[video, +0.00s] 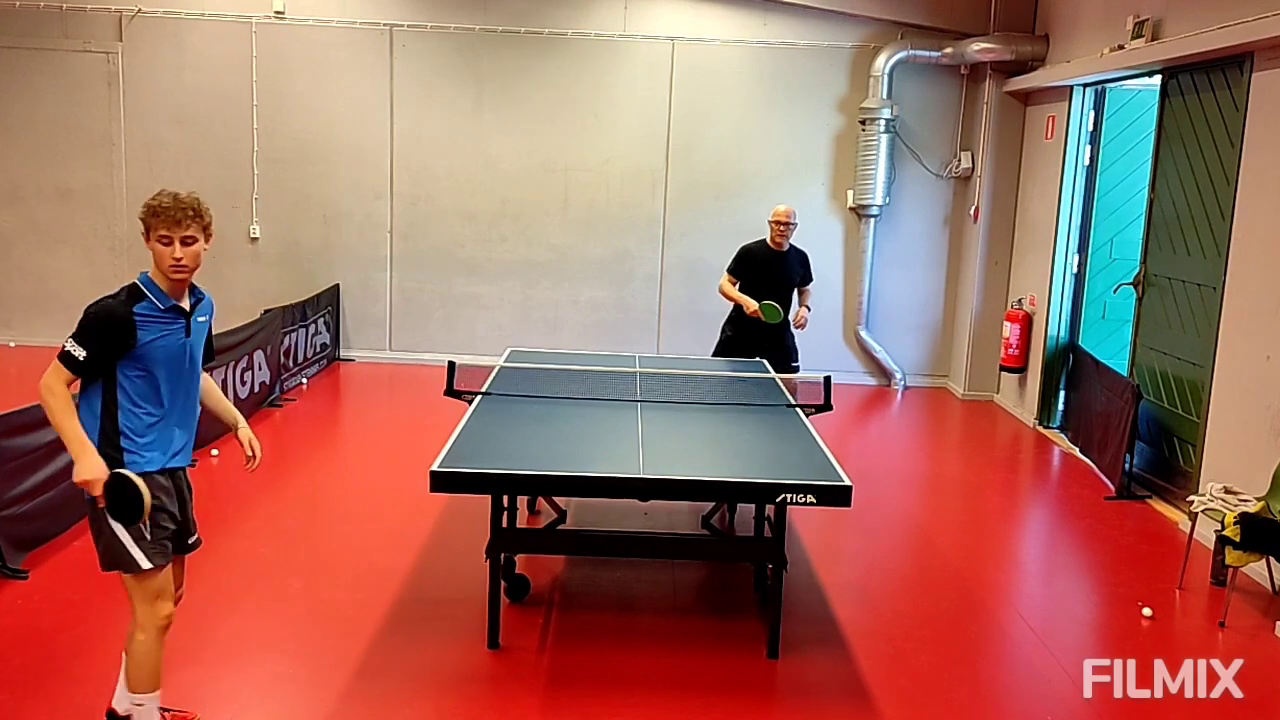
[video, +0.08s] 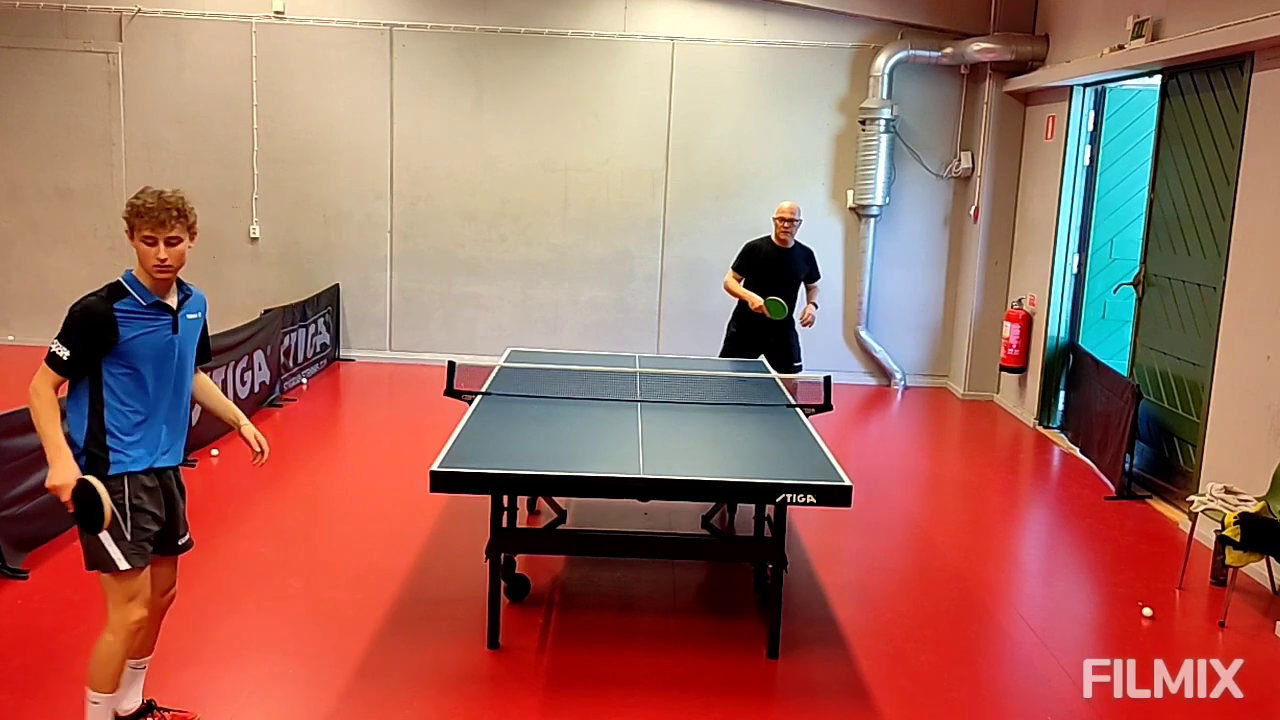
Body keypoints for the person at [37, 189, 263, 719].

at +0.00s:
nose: (178, 253)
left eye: (189, 241)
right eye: (166, 241)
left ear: (205, 246)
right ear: (148, 244)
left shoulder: (200, 308)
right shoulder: (116, 314)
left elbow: (195, 375)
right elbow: (52, 385)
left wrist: (238, 422)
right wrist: (85, 455)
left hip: (174, 475)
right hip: (130, 482)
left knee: (166, 601)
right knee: (155, 612)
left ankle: (125, 704)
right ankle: (147, 715)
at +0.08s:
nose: (163, 254)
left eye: (174, 243)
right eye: (151, 243)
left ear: (190, 243)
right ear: (132, 242)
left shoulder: (193, 305)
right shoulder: (98, 312)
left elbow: (191, 376)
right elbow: (42, 388)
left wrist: (240, 421)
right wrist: (59, 460)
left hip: (164, 474)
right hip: (113, 480)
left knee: (160, 597)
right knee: (129, 614)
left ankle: (129, 705)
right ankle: (97, 717)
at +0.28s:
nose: (128, 271)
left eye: (139, 259)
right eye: (116, 258)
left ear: (150, 252)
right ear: (91, 248)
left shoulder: (153, 305)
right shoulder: (50, 320)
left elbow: (154, 379)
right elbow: (9, 405)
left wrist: (204, 426)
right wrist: (4, 493)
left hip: (136, 480)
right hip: (72, 489)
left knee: (149, 595)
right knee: (43, 620)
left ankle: (127, 706)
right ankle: (4, 712)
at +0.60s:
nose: (119, 346)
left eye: (125, 337)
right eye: (110, 336)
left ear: (132, 323)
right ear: (78, 313)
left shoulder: (121, 351)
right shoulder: (18, 348)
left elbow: (110, 422)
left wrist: (124, 497)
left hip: (60, 481)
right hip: (7, 488)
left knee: (106, 578)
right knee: (6, 617)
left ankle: (103, 687)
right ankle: (3, 711)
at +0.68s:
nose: (126, 381)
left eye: (133, 372)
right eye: (120, 370)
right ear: (88, 345)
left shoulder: (118, 379)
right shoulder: (17, 368)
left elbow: (109, 447)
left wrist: (118, 530)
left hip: (42, 480)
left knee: (94, 572)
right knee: (1, 602)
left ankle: (85, 681)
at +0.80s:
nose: (136, 463)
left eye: (142, 459)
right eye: (133, 455)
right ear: (103, 432)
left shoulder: (112, 445)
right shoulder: (20, 414)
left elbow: (104, 515)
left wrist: (113, 588)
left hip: (23, 489)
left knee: (76, 580)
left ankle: (39, 677)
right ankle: (40, 676)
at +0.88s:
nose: (139, 490)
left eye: (144, 484)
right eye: (138, 481)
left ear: (112, 457)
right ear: (110, 459)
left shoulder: (111, 462)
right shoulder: (24, 429)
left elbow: (101, 538)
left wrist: (111, 609)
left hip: (18, 496)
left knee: (72, 583)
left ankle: (31, 680)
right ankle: (32, 680)